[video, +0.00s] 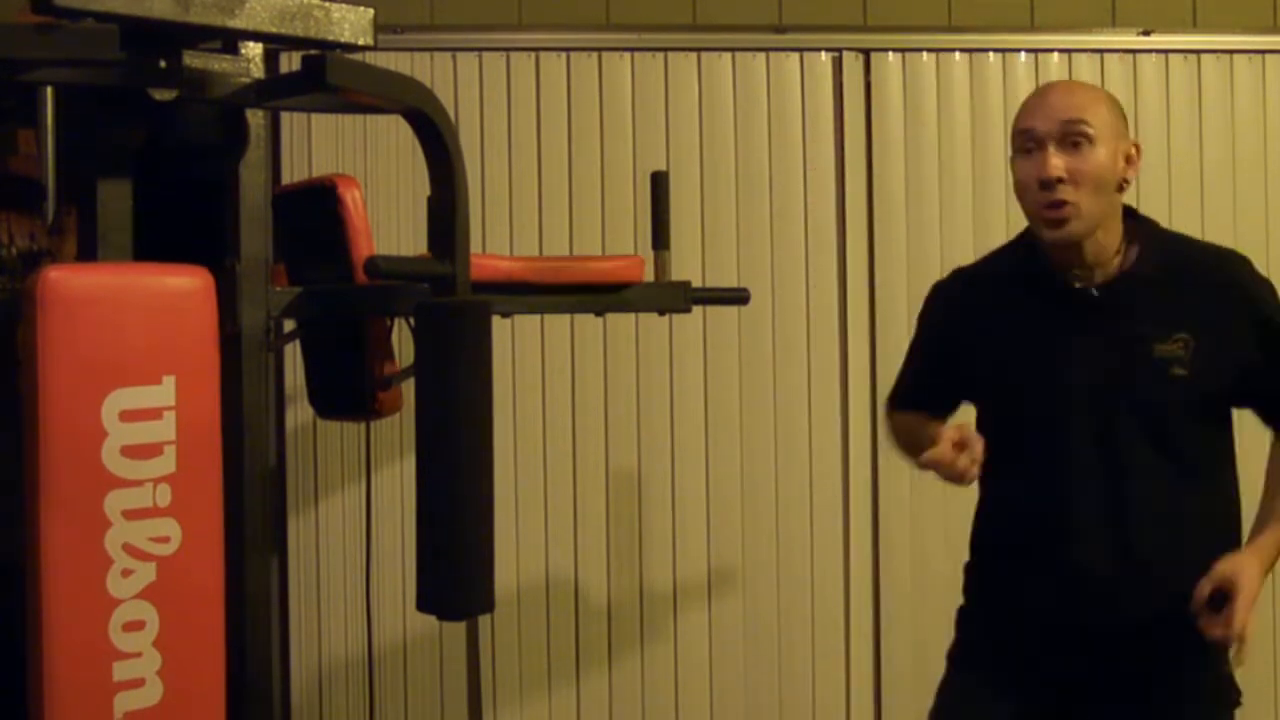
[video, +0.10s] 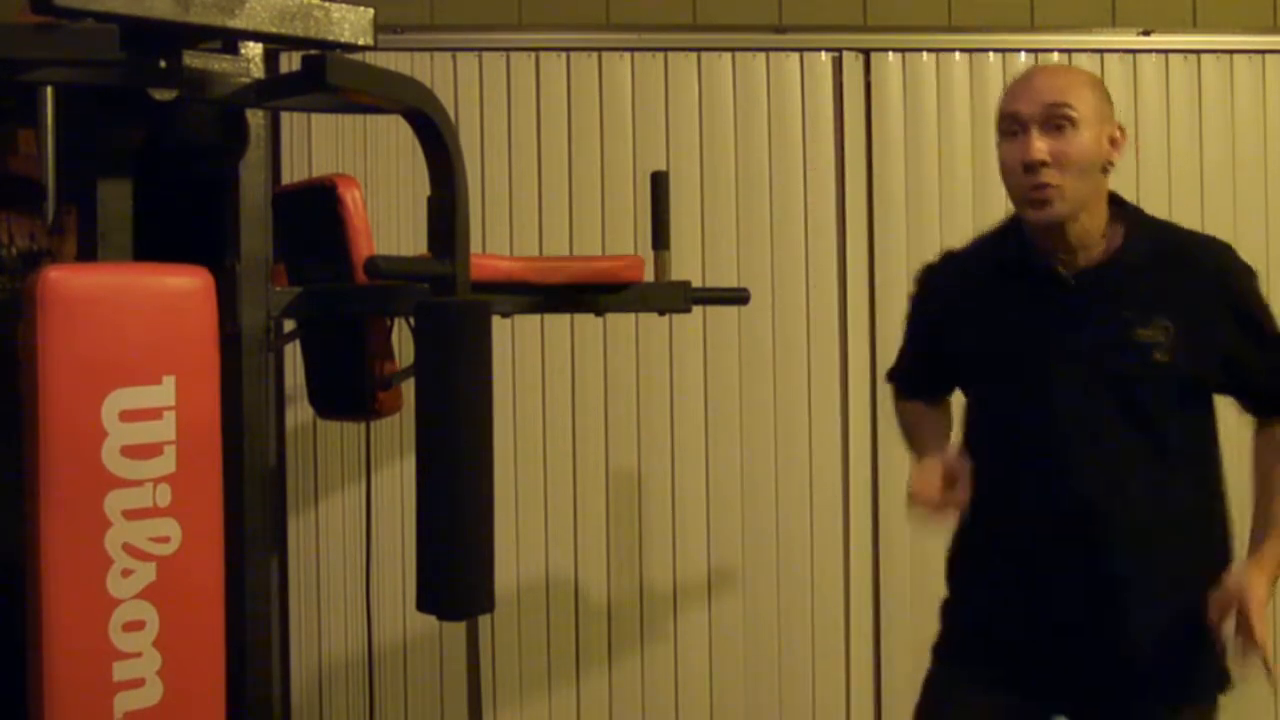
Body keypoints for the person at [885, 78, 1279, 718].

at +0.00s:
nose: (1049, 168)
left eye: (1075, 142)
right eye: (1029, 148)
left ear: (1128, 162)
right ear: (1011, 170)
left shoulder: (1218, 289)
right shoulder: (968, 302)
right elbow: (907, 409)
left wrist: (1259, 553)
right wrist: (938, 446)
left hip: (1170, 660)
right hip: (1010, 655)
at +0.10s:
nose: (1033, 151)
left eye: (1060, 125)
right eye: (1013, 130)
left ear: (1113, 143)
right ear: (998, 151)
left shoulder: (1201, 275)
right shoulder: (956, 287)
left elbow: (1273, 407)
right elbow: (918, 384)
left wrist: (1263, 557)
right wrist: (934, 454)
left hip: (1158, 640)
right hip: (999, 639)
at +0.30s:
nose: (978, 146)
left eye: (1004, 119)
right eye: (960, 124)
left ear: (1057, 136)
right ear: (944, 143)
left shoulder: (1136, 271)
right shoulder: (906, 293)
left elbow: (1191, 450)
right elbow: (857, 467)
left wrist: (1168, 576)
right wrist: (870, 538)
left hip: (1101, 639)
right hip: (952, 637)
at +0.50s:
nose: (948, 154)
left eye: (974, 126)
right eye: (930, 131)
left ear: (1028, 141)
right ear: (916, 148)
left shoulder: (1103, 248)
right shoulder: (903, 274)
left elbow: (1188, 363)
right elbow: (812, 398)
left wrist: (1139, 241)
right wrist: (844, 264)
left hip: (1086, 624)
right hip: (938, 626)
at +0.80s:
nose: (996, 138)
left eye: (1017, 113)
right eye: (975, 120)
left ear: (1068, 127)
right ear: (956, 141)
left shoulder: (1151, 262)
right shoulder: (918, 285)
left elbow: (1233, 405)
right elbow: (834, 449)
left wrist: (1233, 469)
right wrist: (810, 412)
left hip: (1121, 629)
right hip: (966, 632)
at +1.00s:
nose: (1024, 144)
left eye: (1040, 120)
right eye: (995, 126)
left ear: (1066, 138)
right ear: (955, 156)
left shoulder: (1136, 281)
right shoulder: (900, 297)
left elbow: (1164, 473)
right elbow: (863, 469)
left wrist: (1172, 655)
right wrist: (878, 628)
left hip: (1097, 648)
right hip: (947, 657)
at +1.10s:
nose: (991, 130)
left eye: (1008, 108)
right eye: (962, 114)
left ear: (1036, 130)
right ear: (927, 148)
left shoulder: (1107, 273)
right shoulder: (876, 283)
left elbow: (1150, 463)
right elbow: (801, 459)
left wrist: (1163, 643)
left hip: (1057, 634)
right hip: (902, 640)